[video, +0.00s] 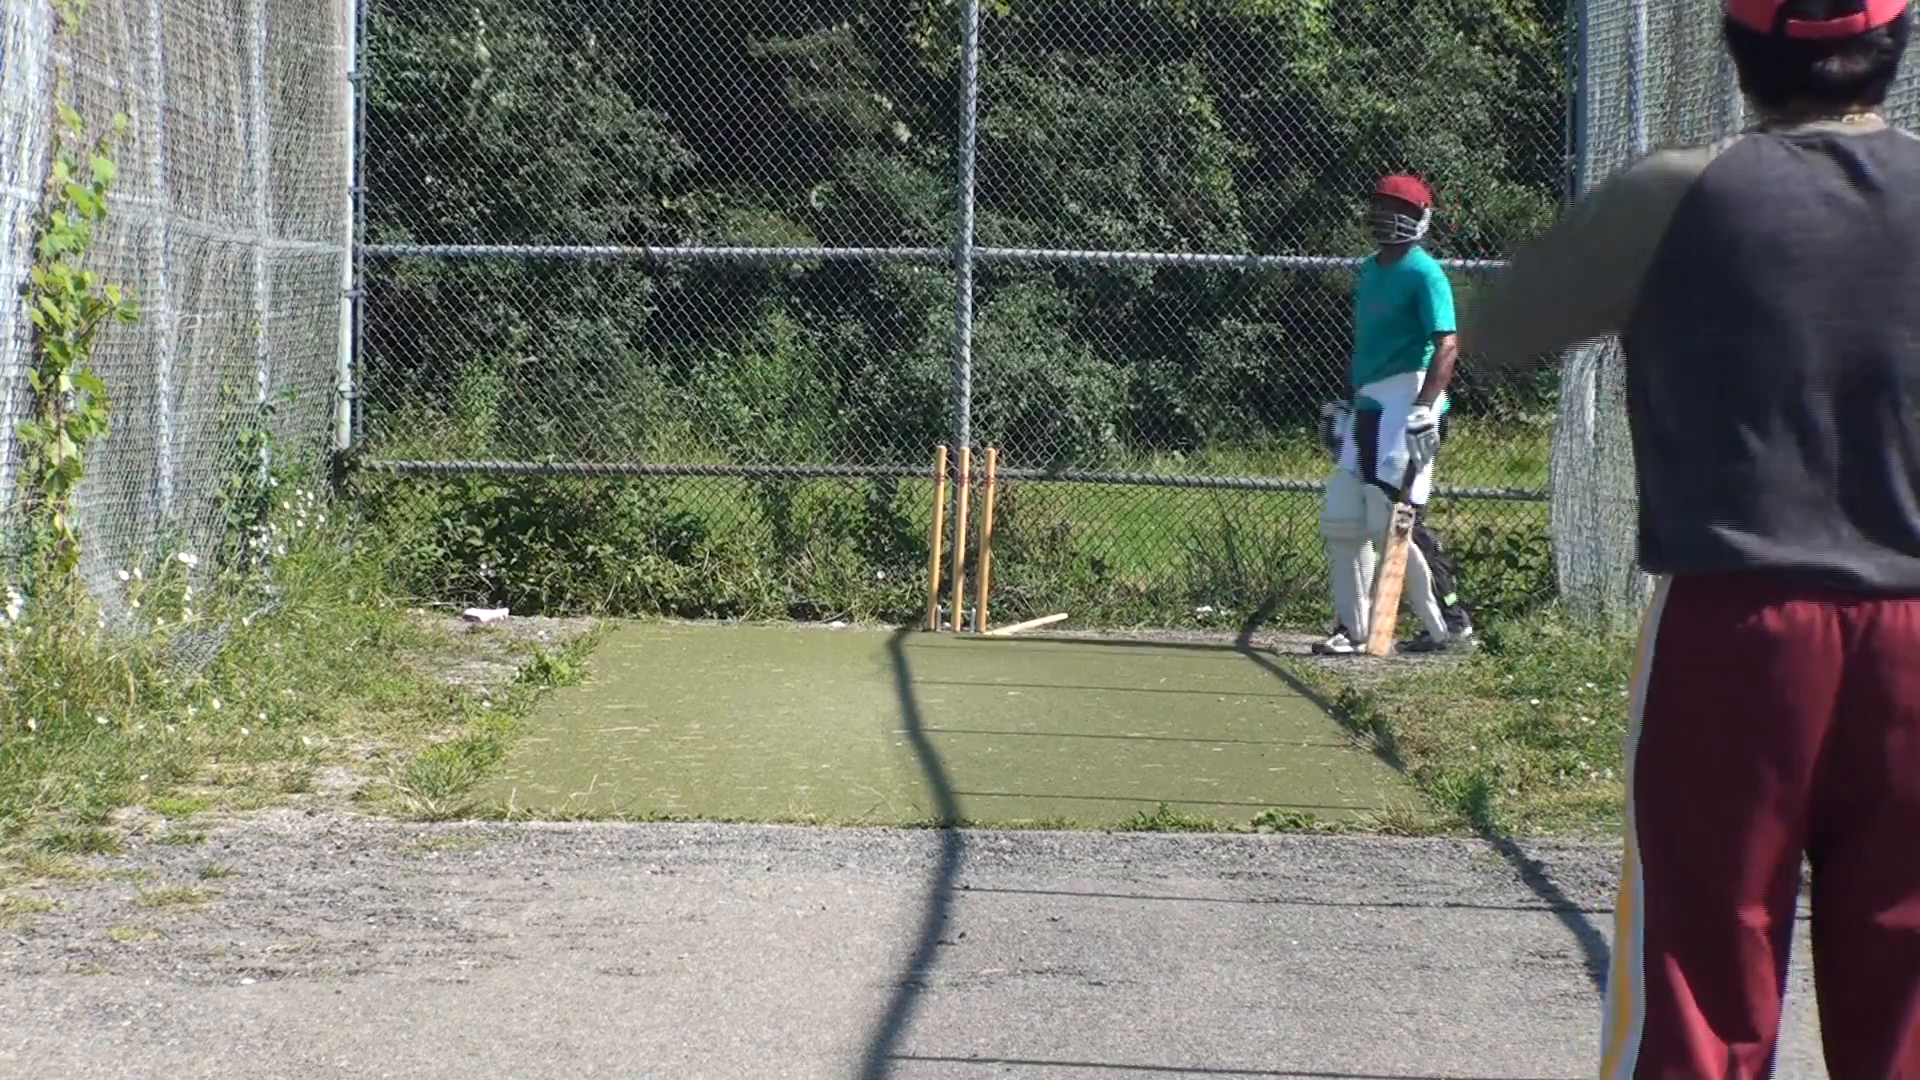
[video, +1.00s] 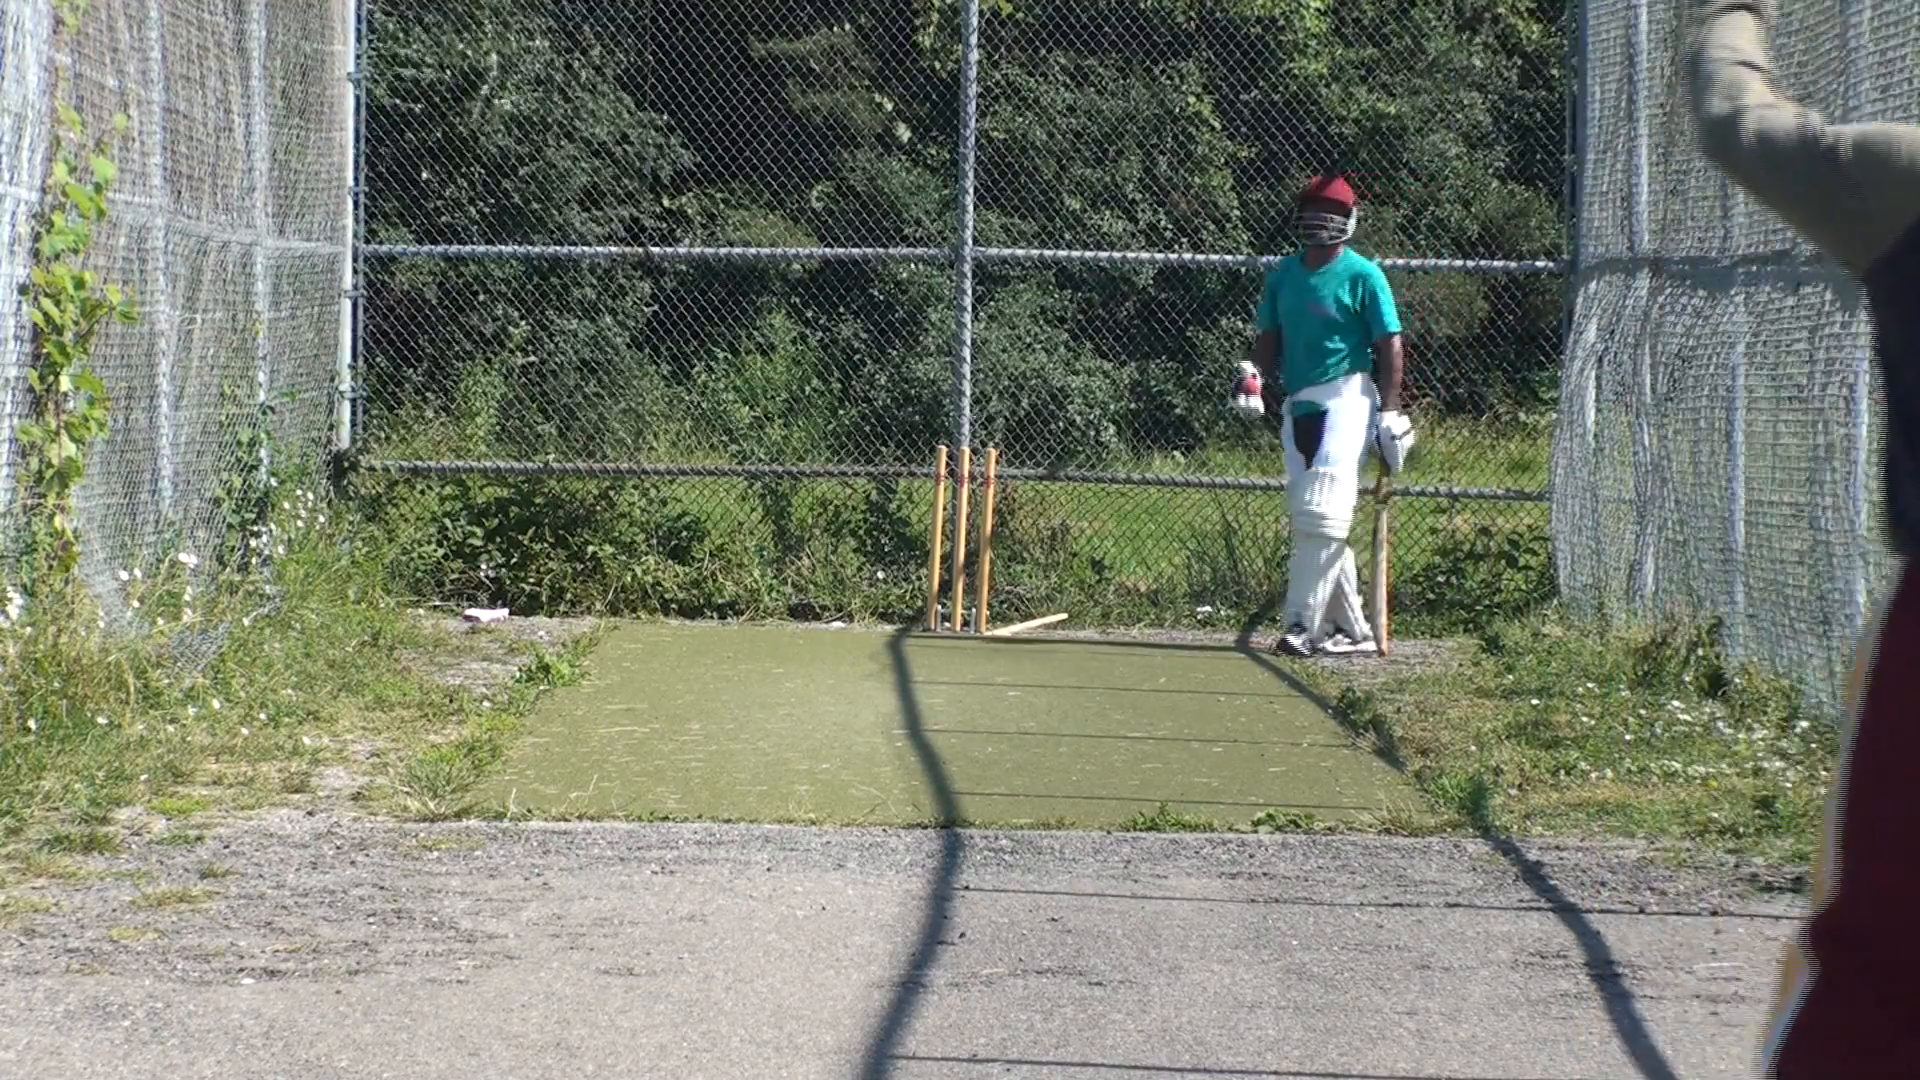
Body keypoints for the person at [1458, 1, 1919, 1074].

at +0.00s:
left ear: (1742, 52)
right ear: (1893, 51)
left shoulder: (1680, 196)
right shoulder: (1919, 183)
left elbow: (1495, 330)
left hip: (1736, 647)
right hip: (1913, 651)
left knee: (1706, 992)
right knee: (1902, 996)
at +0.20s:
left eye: (1720, 47)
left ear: (1718, 69)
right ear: (1862, 63)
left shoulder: (1668, 202)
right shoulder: (1913, 186)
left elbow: (1495, 155)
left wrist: (1536, 12)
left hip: (1732, 660)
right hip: (1910, 663)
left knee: (1705, 1008)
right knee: (1899, 1014)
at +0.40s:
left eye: (1710, 55)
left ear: (1708, 81)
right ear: (1852, 68)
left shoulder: (1666, 212)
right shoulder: (1908, 193)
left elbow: (1495, 137)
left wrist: (1501, 3)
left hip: (1732, 663)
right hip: (1906, 665)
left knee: (1702, 1005)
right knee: (1896, 1004)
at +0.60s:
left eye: (1774, 62)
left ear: (1785, 84)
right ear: (1915, 78)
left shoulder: (1729, 210)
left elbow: (1532, 147)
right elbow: (1537, 153)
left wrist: (1510, 15)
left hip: (1756, 659)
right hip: (1914, 670)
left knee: (1714, 1017)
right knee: (1919, 1017)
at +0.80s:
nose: (1894, 71)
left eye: (1900, 57)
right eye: (1903, 60)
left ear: (1907, 73)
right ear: (1910, 81)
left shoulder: (1853, 215)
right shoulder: (1862, 215)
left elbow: (1634, 137)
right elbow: (1639, 141)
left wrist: (1608, 14)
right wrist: (1615, 26)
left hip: (1865, 648)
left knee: (1790, 986)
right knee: (1797, 986)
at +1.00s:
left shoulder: (1899, 184)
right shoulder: (1894, 185)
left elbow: (1739, 114)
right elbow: (1740, 116)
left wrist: (1731, 14)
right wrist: (1733, 22)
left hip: (1917, 598)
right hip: (1911, 593)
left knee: (1881, 932)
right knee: (1881, 925)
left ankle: (1835, 1061)